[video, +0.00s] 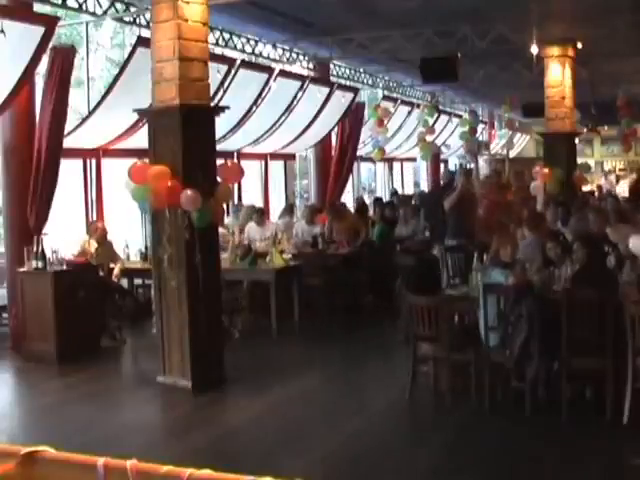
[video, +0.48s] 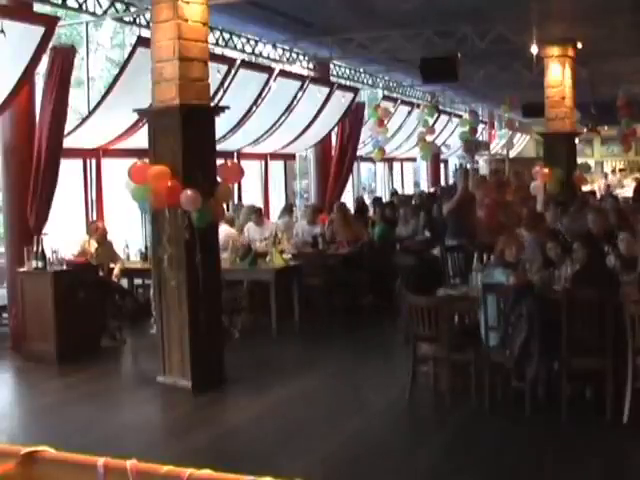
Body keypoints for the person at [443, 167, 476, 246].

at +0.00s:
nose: (463, 181)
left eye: (466, 177)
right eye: (461, 177)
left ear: (470, 178)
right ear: (456, 178)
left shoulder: (472, 194)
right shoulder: (452, 193)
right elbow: (447, 206)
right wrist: (459, 189)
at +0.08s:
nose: (463, 180)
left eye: (466, 177)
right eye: (460, 176)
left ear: (469, 178)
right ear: (456, 177)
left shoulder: (472, 194)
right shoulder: (452, 192)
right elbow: (447, 206)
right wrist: (459, 187)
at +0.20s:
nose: (463, 181)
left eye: (465, 177)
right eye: (460, 176)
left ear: (468, 178)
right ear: (456, 178)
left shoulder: (471, 195)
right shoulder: (451, 193)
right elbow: (446, 207)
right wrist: (459, 189)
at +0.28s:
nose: (463, 181)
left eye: (465, 178)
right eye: (460, 177)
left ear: (468, 179)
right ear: (455, 178)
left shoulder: (471, 195)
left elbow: (474, 216)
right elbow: (445, 208)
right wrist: (459, 188)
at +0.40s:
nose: (463, 181)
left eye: (465, 177)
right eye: (460, 176)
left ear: (468, 179)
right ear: (456, 178)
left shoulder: (471, 196)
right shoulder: (448, 193)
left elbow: (474, 217)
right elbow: (445, 211)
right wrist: (459, 192)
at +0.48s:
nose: (463, 181)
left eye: (465, 177)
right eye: (460, 176)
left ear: (468, 178)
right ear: (455, 178)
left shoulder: (471, 196)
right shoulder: (448, 192)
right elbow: (445, 211)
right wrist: (459, 193)